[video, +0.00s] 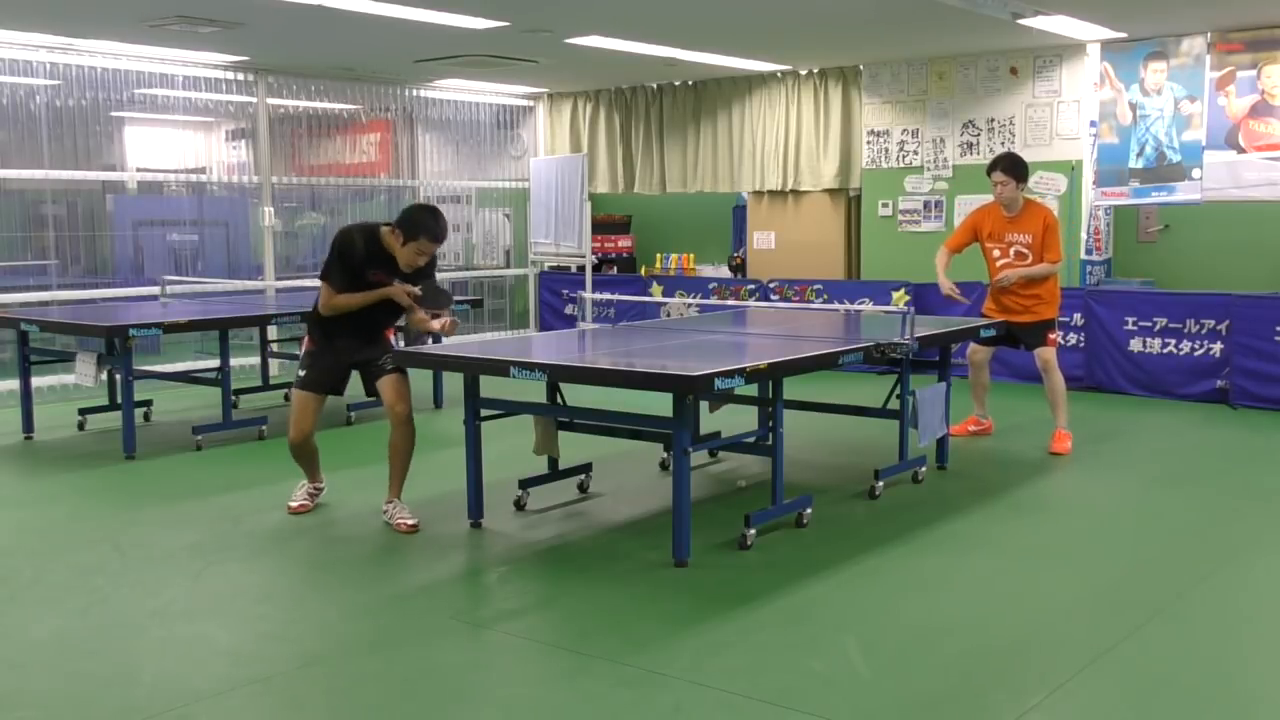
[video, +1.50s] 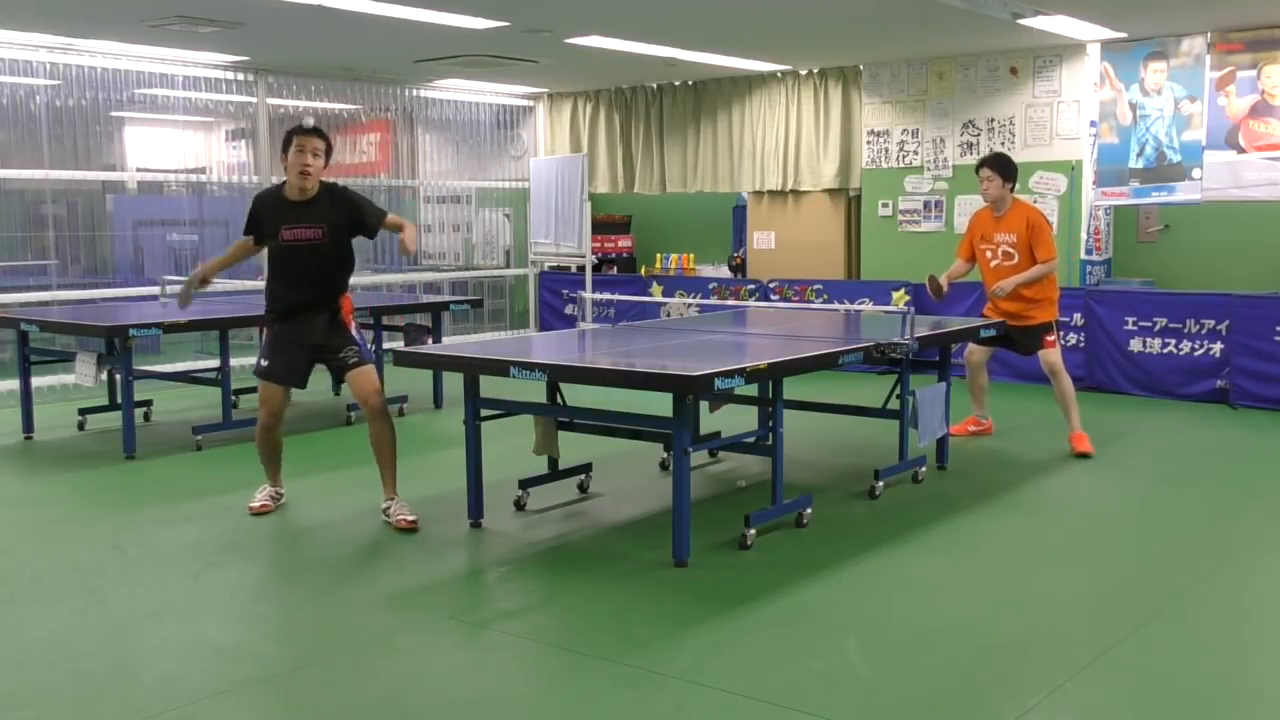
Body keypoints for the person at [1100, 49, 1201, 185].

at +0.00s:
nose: (1158, 77)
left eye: (1162, 72)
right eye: (1154, 71)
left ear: (1167, 73)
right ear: (1143, 72)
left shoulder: (1173, 89)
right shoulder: (1135, 91)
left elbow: (1198, 106)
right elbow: (1125, 121)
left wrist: (1191, 107)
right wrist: (1120, 95)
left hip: (1171, 161)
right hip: (1141, 163)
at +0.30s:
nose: (1158, 77)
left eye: (1162, 72)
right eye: (1154, 71)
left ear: (1167, 73)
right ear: (1143, 72)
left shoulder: (1173, 89)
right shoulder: (1135, 91)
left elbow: (1198, 105)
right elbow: (1125, 120)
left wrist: (1191, 107)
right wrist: (1120, 95)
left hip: (1171, 161)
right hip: (1141, 164)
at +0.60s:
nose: (1158, 77)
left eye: (1162, 72)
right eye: (1154, 71)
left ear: (1167, 73)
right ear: (1143, 72)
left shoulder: (1173, 89)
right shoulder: (1135, 91)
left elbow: (1198, 105)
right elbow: (1125, 120)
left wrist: (1191, 107)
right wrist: (1120, 95)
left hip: (1171, 161)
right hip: (1141, 164)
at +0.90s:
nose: (1158, 77)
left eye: (1162, 72)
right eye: (1154, 71)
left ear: (1167, 73)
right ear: (1143, 72)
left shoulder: (1173, 89)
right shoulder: (1135, 91)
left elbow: (1198, 106)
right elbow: (1125, 120)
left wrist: (1191, 107)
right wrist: (1121, 95)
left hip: (1171, 162)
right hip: (1141, 164)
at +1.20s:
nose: (1158, 77)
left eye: (1162, 72)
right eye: (1154, 71)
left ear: (1167, 73)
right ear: (1143, 72)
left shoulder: (1173, 89)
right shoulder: (1135, 91)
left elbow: (1198, 106)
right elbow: (1125, 121)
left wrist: (1191, 107)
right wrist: (1120, 95)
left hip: (1171, 161)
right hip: (1141, 164)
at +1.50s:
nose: (1158, 77)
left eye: (1162, 72)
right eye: (1154, 71)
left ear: (1167, 73)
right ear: (1143, 72)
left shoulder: (1173, 89)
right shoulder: (1134, 91)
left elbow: (1198, 106)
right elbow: (1125, 121)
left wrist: (1191, 107)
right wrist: (1121, 95)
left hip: (1171, 162)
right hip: (1141, 164)